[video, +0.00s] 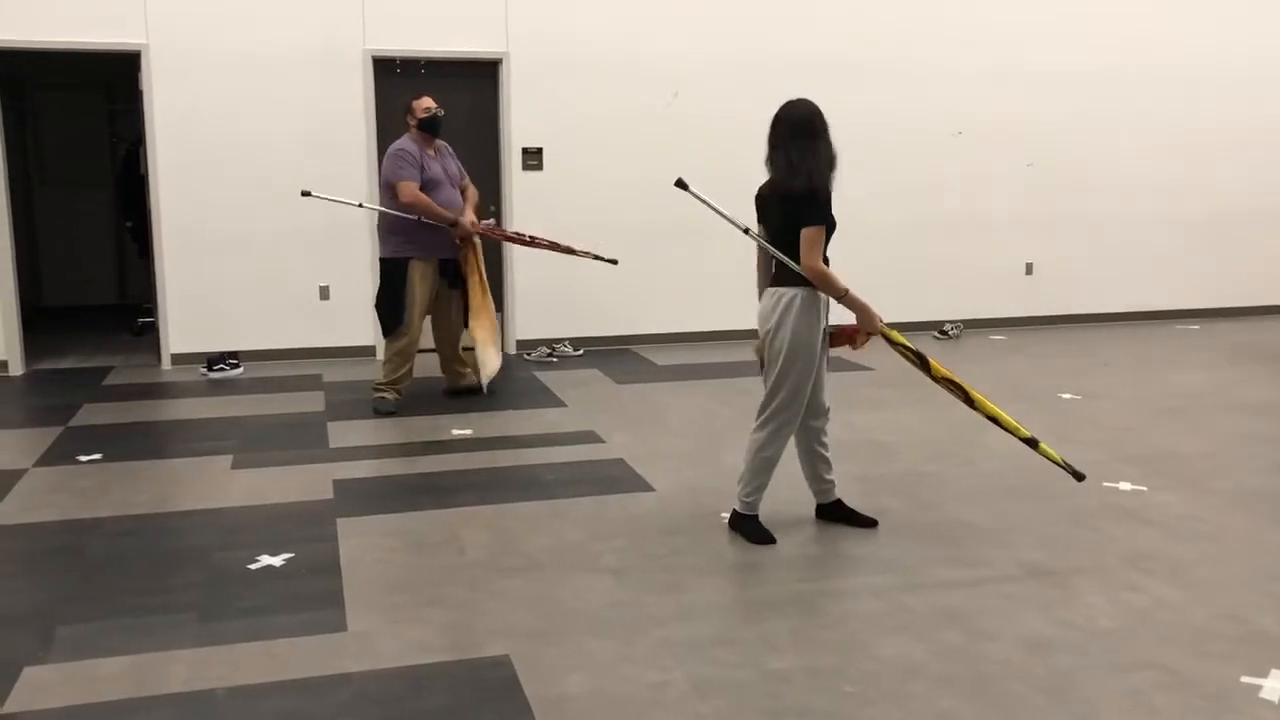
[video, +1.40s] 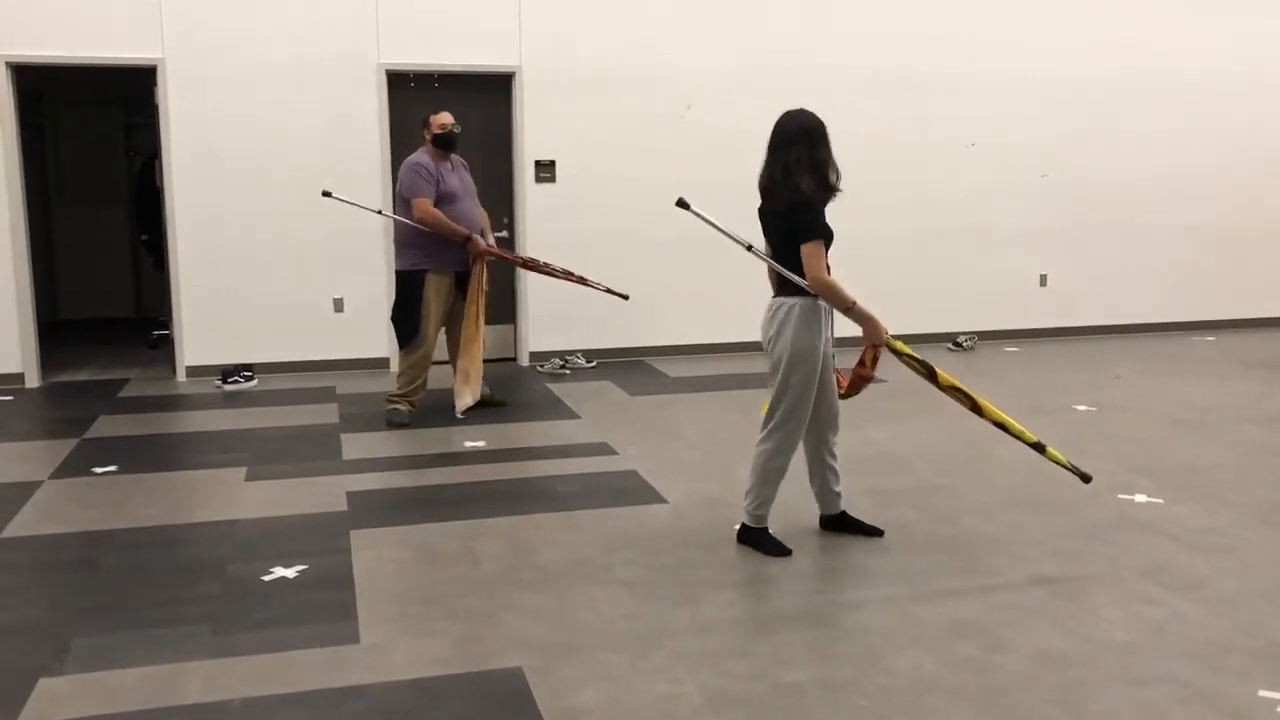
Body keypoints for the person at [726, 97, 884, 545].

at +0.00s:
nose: (829, 144)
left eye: (823, 135)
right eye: (825, 136)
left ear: (776, 142)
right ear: (820, 140)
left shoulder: (768, 192)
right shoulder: (812, 191)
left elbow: (766, 267)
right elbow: (811, 266)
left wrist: (771, 323)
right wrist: (860, 307)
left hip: (779, 303)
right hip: (797, 305)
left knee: (812, 409)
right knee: (782, 410)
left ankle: (827, 501)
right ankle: (745, 510)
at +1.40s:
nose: (828, 156)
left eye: (825, 147)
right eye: (823, 147)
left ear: (779, 151)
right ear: (814, 151)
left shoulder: (777, 201)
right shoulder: (804, 202)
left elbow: (778, 274)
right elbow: (816, 279)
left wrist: (831, 303)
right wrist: (866, 318)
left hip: (802, 315)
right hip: (799, 317)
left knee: (823, 419)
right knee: (786, 422)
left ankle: (832, 513)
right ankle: (753, 524)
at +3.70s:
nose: (838, 139)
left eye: (833, 131)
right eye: (833, 131)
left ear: (787, 136)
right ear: (827, 135)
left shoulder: (787, 182)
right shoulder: (817, 184)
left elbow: (784, 261)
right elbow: (831, 261)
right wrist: (878, 302)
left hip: (806, 298)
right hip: (808, 299)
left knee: (826, 402)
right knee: (789, 406)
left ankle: (840, 495)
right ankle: (760, 508)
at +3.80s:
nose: (837, 139)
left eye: (832, 131)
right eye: (833, 131)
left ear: (787, 134)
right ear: (827, 134)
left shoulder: (786, 182)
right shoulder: (816, 183)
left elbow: (782, 260)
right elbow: (831, 261)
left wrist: (788, 309)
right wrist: (878, 301)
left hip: (806, 298)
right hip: (807, 299)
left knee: (826, 401)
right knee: (790, 404)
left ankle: (840, 495)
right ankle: (760, 507)